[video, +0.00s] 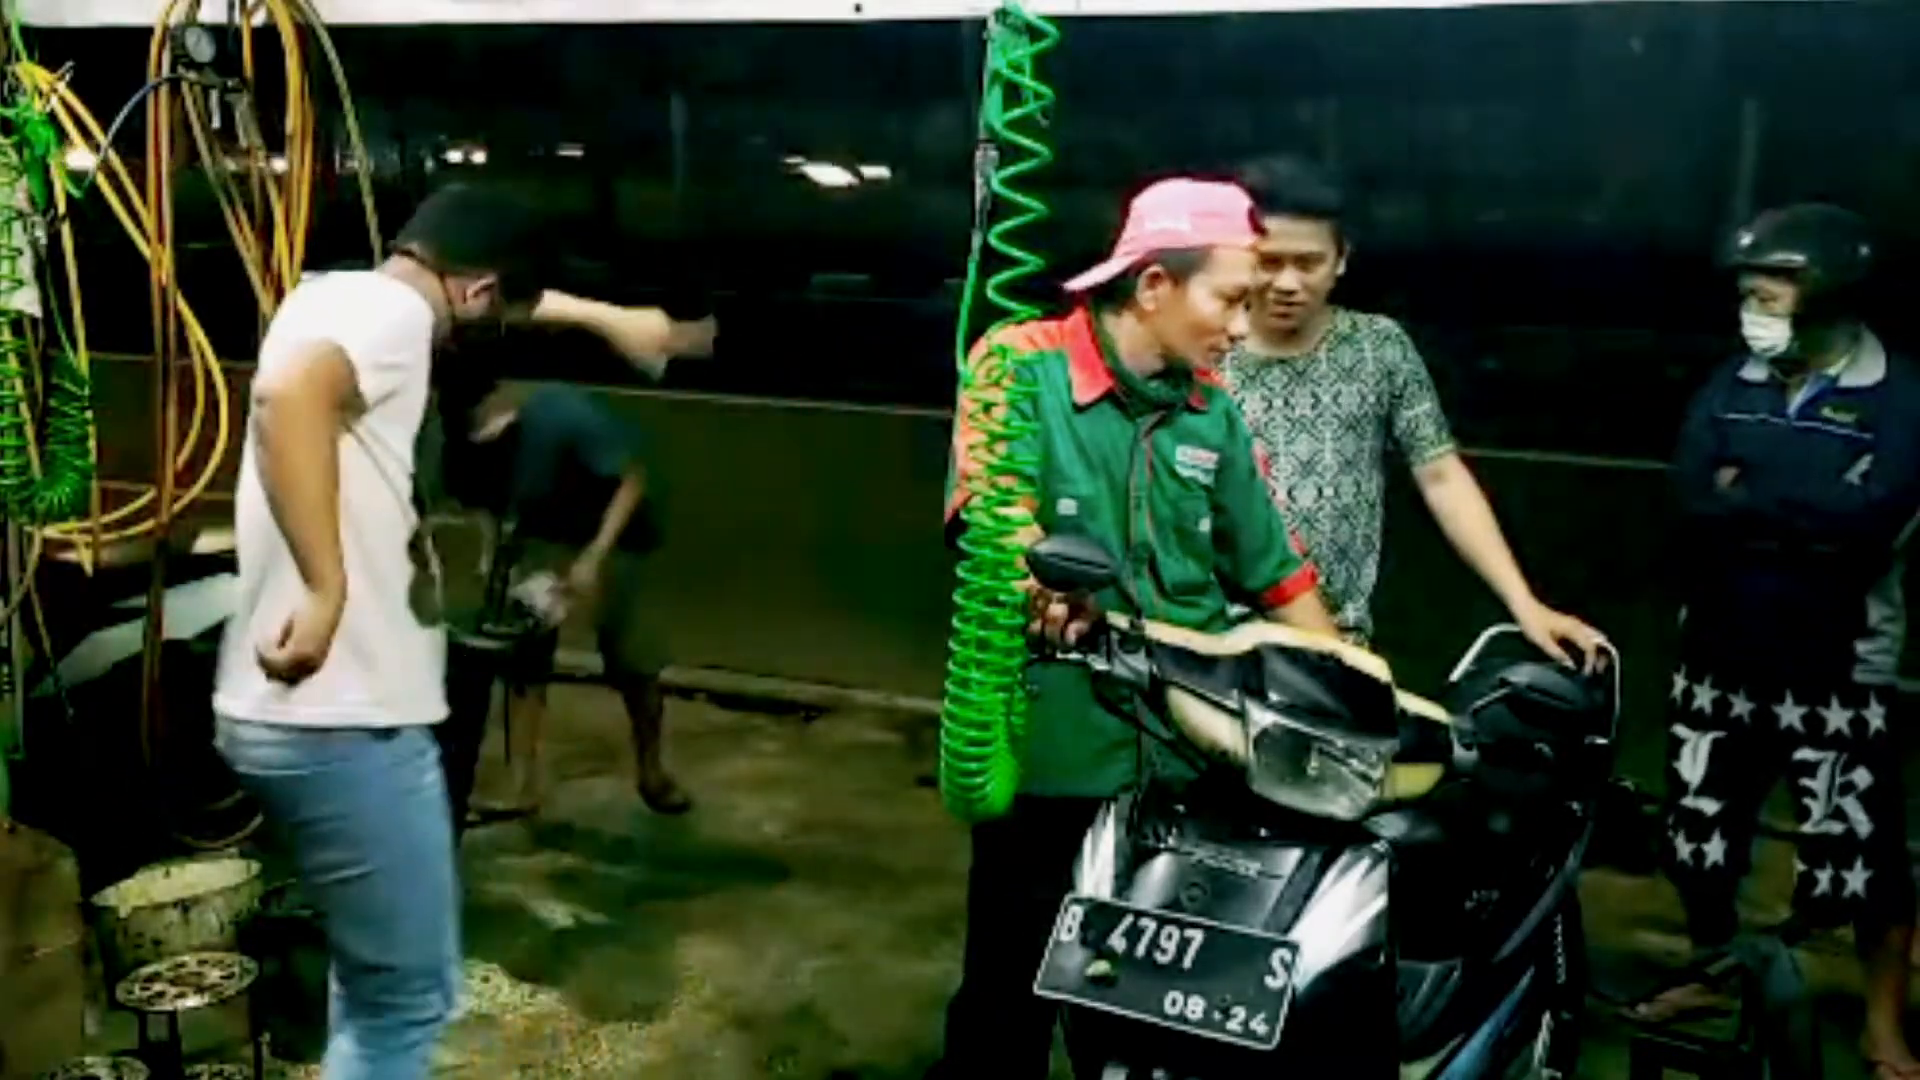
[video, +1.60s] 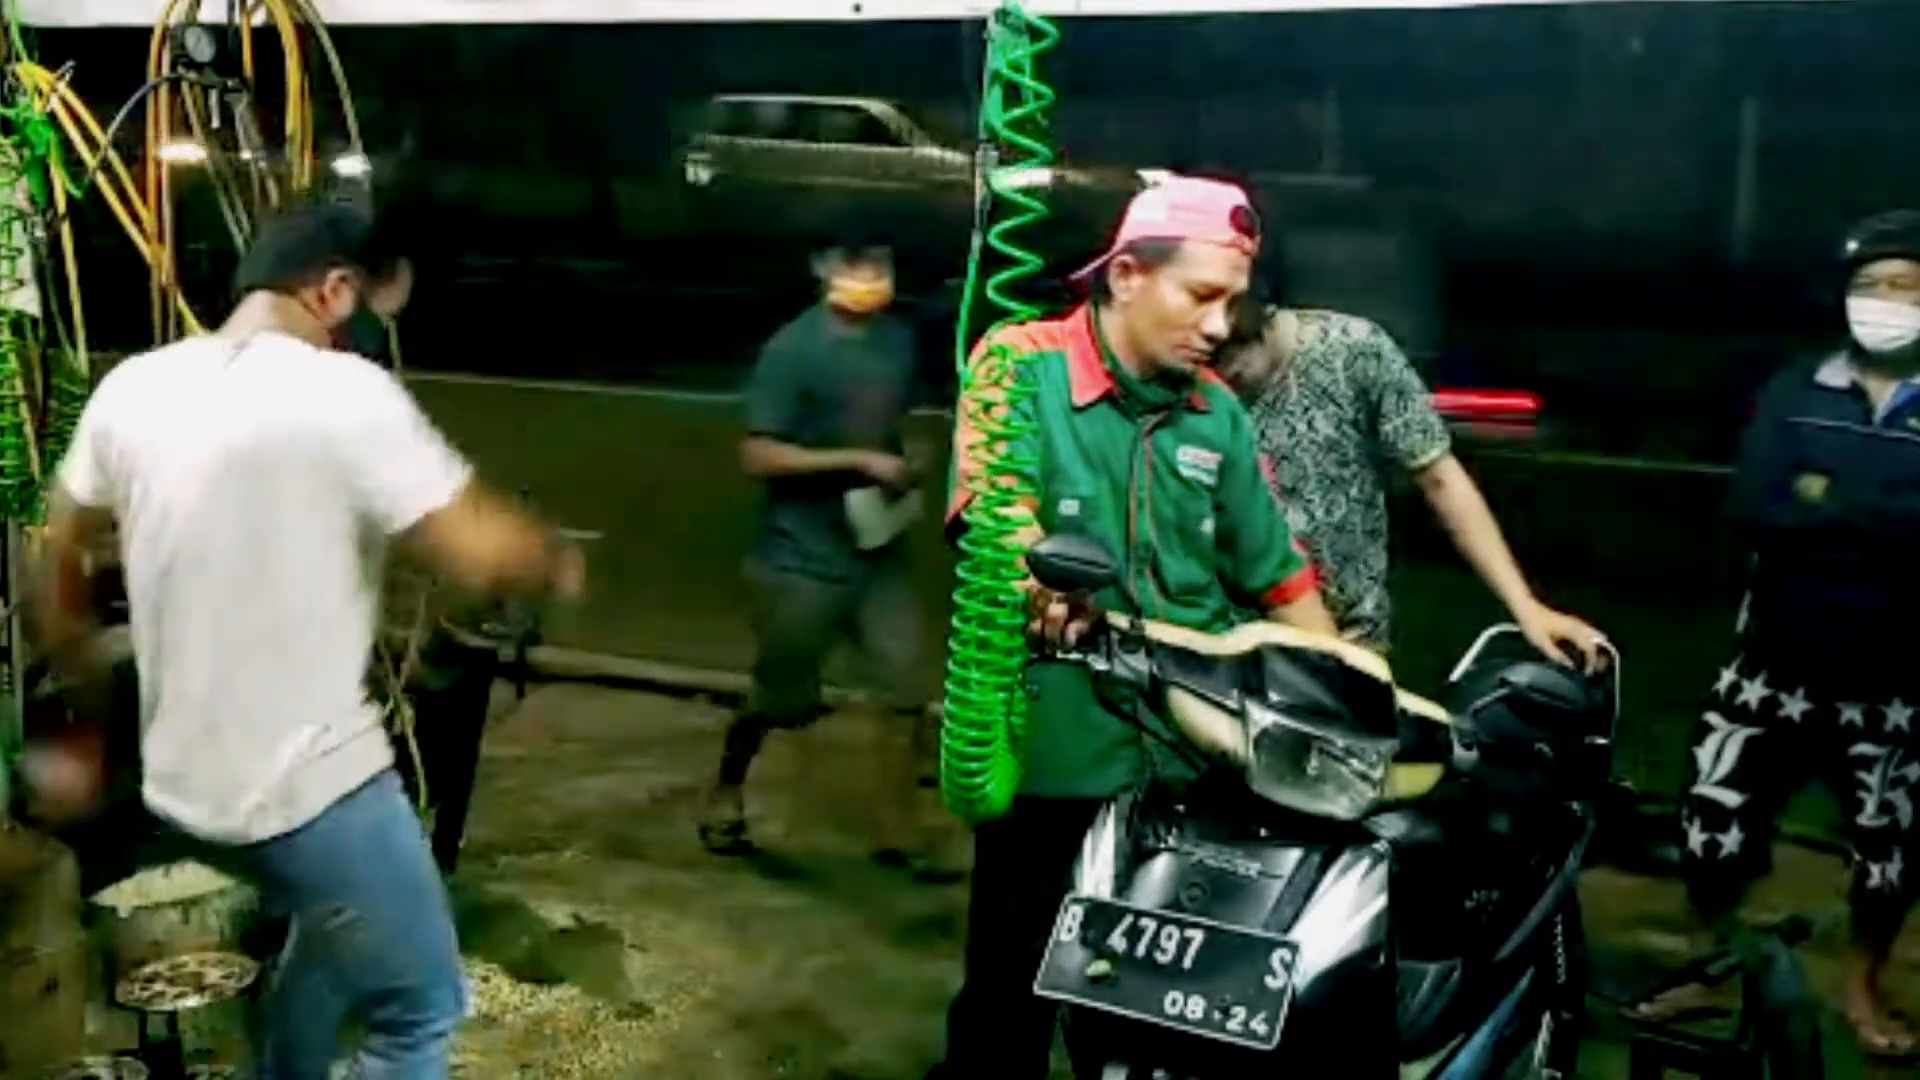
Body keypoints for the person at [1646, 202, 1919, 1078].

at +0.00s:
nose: (1756, 303)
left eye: (1778, 289)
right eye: (1750, 286)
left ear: (1830, 299)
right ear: (1741, 290)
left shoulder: (1891, 395)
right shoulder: (1729, 384)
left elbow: (1872, 520)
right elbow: (1688, 499)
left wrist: (1740, 482)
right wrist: (1825, 499)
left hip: (1839, 659)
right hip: (1721, 649)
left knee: (1860, 852)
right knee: (1699, 829)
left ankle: (1885, 1020)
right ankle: (1709, 972)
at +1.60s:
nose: (1881, 305)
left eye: (1901, 291)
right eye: (1869, 288)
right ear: (1845, 301)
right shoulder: (1796, 395)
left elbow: (1910, 516)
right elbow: (1753, 502)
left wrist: (1816, 485)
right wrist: (1876, 508)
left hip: (1892, 666)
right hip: (1779, 656)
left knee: (1892, 855)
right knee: (1709, 824)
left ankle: (1862, 985)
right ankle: (1710, 966)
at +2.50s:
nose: (1916, 305)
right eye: (1906, 288)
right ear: (1880, 300)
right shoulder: (1832, 391)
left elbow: (1912, 515)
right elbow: (1783, 496)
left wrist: (1845, 482)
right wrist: (1893, 504)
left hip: (1903, 666)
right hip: (1800, 651)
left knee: (1896, 855)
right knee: (1726, 826)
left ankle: (1863, 988)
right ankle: (1710, 933)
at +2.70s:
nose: (1911, 303)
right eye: (1901, 287)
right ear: (1877, 299)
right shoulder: (1824, 388)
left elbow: (1912, 508)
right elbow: (1773, 483)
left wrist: (1840, 475)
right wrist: (1889, 501)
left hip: (1901, 661)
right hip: (1796, 648)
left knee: (1893, 851)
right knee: (1752, 821)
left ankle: (1862, 985)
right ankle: (1721, 941)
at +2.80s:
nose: (1909, 301)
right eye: (1899, 285)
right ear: (1874, 298)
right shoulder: (1821, 386)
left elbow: (1910, 509)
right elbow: (1771, 483)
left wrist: (1834, 473)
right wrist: (1887, 503)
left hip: (1899, 660)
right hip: (1792, 646)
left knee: (1889, 848)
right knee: (1743, 813)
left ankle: (1859, 985)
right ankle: (1715, 942)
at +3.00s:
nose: (1903, 301)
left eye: (1918, 287)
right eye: (1892, 285)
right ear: (1866, 298)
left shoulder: (1919, 413)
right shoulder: (1814, 387)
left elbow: (1907, 507)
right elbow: (1765, 485)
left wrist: (1828, 472)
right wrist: (1876, 509)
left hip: (1893, 659)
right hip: (1786, 644)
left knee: (1885, 843)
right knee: (1733, 816)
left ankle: (1858, 979)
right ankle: (1722, 939)